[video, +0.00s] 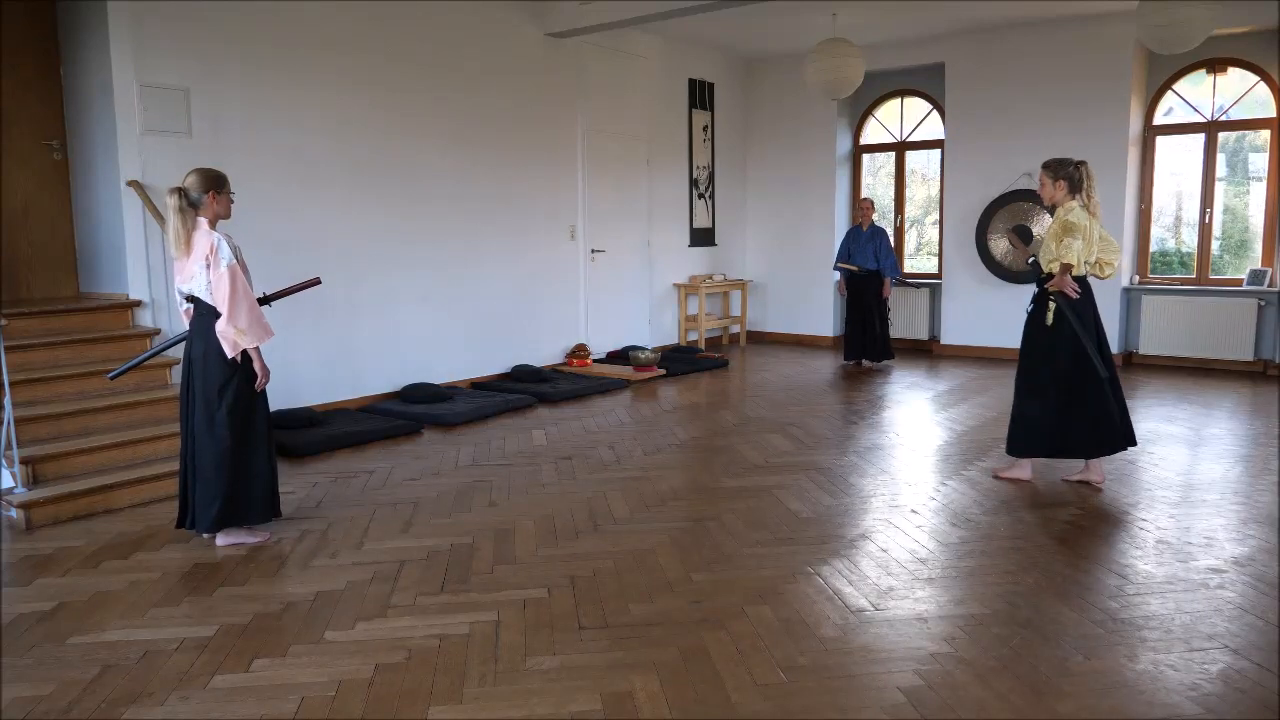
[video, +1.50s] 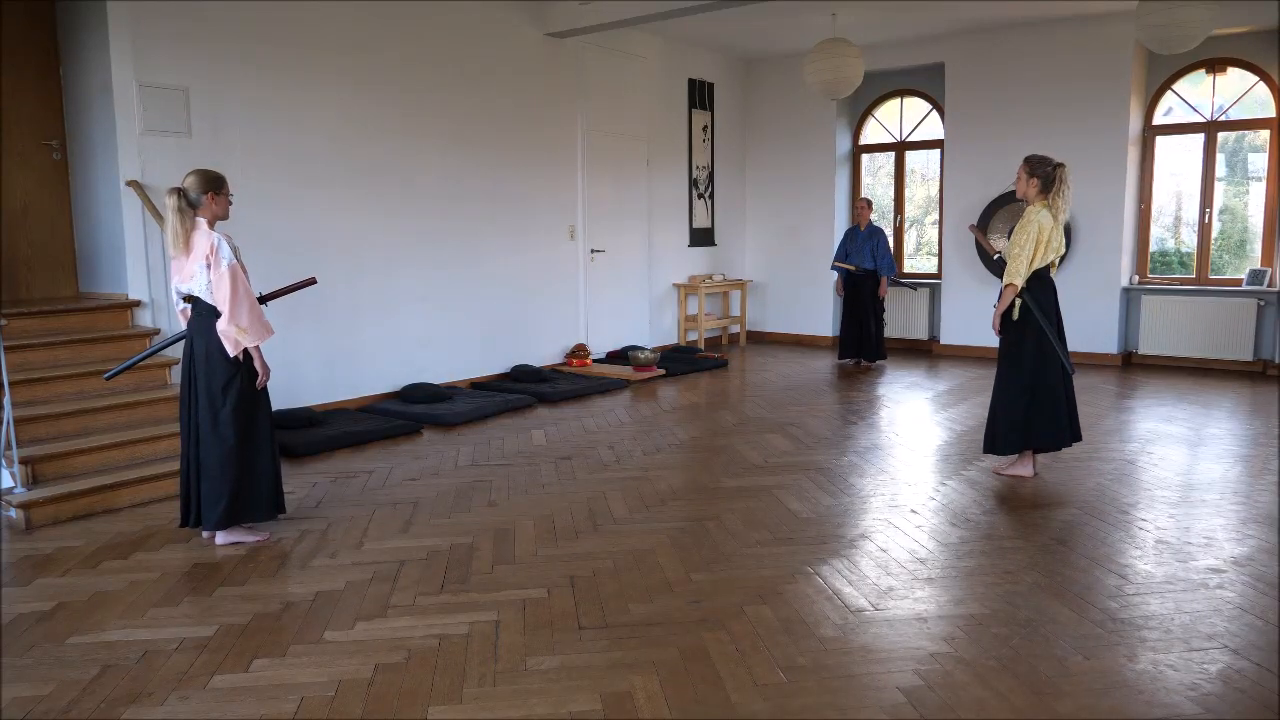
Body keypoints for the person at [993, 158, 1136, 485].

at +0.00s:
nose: (1038, 190)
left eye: (1042, 184)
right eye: (1038, 184)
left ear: (1061, 185)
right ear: (1068, 187)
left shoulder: (1068, 214)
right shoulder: (1086, 216)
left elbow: (1070, 246)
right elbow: (1109, 256)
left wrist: (1062, 275)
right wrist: (1085, 271)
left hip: (1053, 304)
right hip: (1079, 303)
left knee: (1033, 379)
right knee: (1083, 381)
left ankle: (1024, 463)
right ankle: (1094, 467)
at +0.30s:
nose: (1027, 186)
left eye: (1032, 181)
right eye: (1028, 180)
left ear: (1049, 184)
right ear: (1051, 185)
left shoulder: (1053, 215)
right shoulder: (1060, 215)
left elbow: (1048, 259)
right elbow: (1066, 261)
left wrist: (1018, 283)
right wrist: (1034, 278)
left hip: (1037, 302)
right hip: (1054, 302)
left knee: (1023, 377)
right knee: (1058, 376)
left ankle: (1023, 460)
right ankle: (1071, 454)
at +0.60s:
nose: (1023, 185)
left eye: (1028, 179)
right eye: (1024, 179)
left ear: (1047, 183)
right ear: (1048, 184)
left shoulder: (1043, 217)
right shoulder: (1056, 215)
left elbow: (1024, 269)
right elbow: (1041, 263)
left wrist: (991, 310)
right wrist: (1008, 253)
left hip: (1033, 302)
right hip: (1043, 299)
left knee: (1026, 375)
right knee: (1029, 374)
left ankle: (1024, 458)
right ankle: (1020, 453)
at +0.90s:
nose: (1023, 183)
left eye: (1028, 178)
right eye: (1025, 177)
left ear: (1044, 182)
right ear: (1047, 183)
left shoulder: (1039, 216)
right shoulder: (1052, 214)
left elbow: (1027, 266)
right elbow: (1024, 257)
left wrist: (1007, 310)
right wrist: (995, 244)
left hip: (1031, 299)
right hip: (1040, 296)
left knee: (1027, 374)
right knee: (1029, 374)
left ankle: (1025, 458)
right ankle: (1019, 454)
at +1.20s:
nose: (1020, 183)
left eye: (1024, 178)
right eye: (1022, 177)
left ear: (1038, 182)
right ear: (1044, 183)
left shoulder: (1035, 216)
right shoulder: (1052, 215)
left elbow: (1020, 267)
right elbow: (1021, 256)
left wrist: (1001, 307)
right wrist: (988, 243)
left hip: (1028, 301)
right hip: (1040, 298)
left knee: (1022, 375)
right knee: (1026, 375)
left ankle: (1023, 458)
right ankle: (1018, 453)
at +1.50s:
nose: (1015, 183)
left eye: (1019, 178)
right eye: (1017, 177)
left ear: (1033, 182)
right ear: (1038, 183)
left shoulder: (1033, 218)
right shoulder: (1050, 215)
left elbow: (1019, 269)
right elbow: (1021, 257)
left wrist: (999, 308)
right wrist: (989, 244)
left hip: (1027, 302)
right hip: (1041, 299)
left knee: (1024, 376)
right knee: (1033, 375)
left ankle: (1025, 459)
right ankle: (1027, 454)